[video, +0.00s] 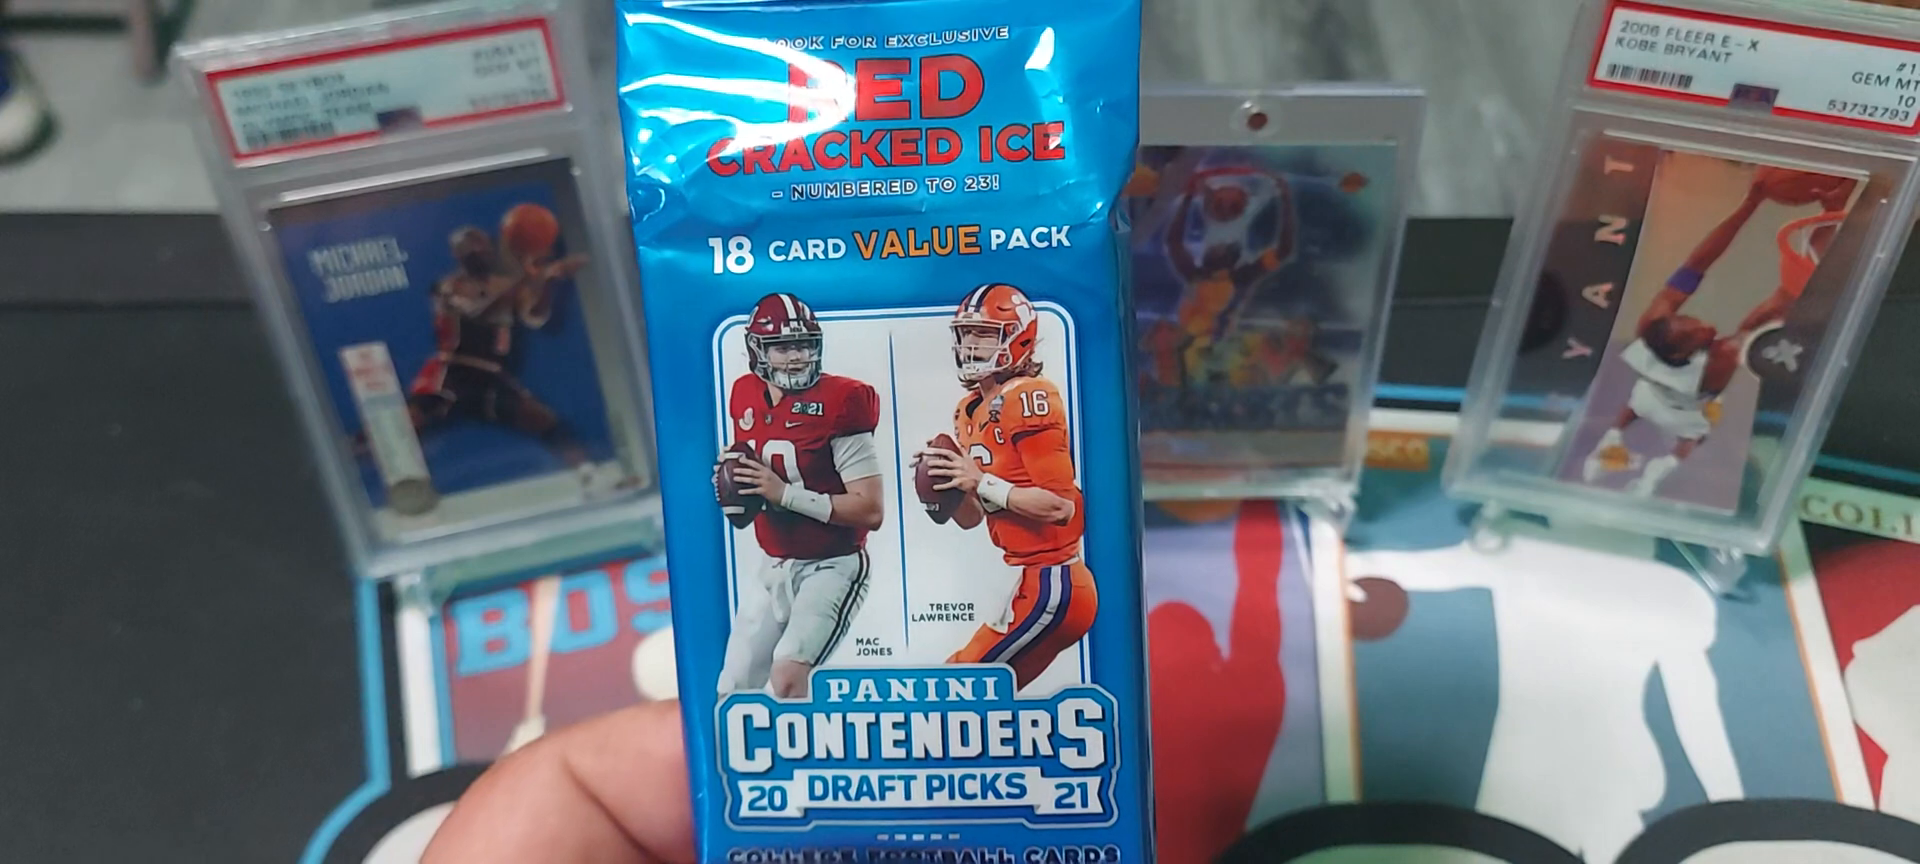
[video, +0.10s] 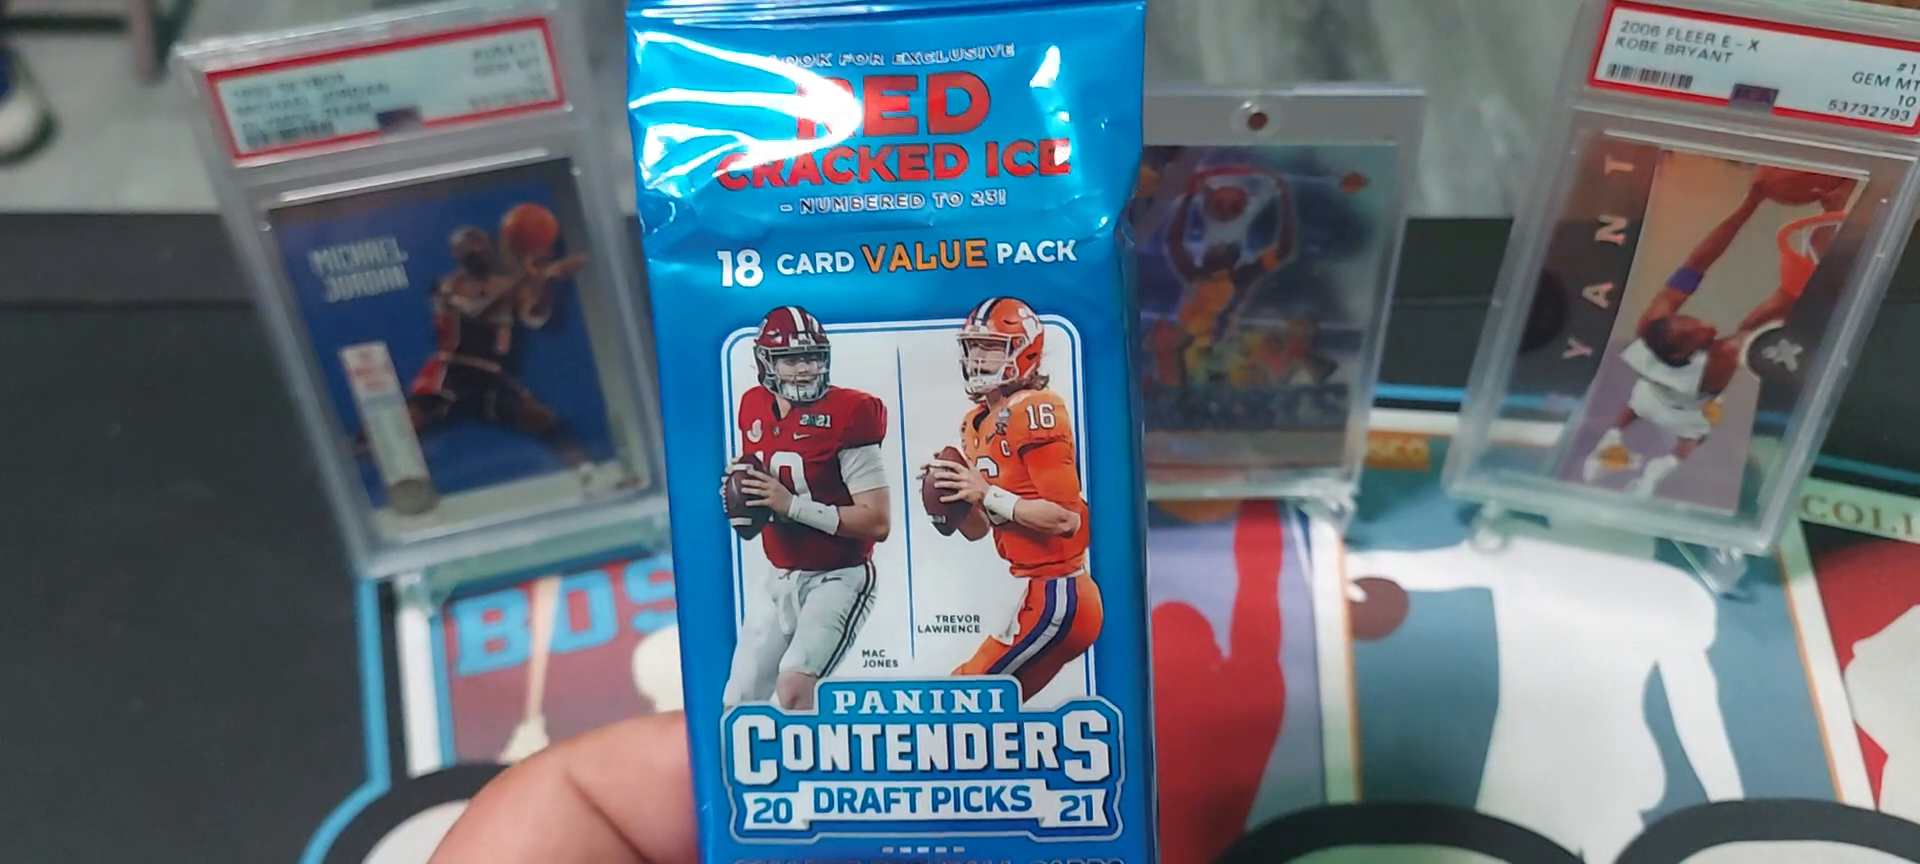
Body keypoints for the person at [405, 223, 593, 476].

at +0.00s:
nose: (477, 255)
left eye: (480, 247)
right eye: (469, 250)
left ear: (490, 249)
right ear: (459, 256)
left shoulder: (505, 285)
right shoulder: (449, 286)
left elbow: (534, 317)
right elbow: (472, 309)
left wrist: (547, 281)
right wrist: (523, 281)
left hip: (490, 378)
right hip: (448, 374)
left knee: (545, 421)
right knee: (406, 425)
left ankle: (588, 476)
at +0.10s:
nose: (476, 254)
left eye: (480, 246)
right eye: (468, 249)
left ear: (489, 249)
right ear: (458, 256)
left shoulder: (506, 284)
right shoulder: (449, 286)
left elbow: (534, 317)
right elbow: (472, 309)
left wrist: (546, 280)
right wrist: (523, 280)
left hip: (491, 378)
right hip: (448, 374)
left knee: (546, 422)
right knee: (405, 425)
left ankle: (589, 478)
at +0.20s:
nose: (476, 253)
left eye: (480, 246)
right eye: (468, 248)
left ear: (489, 249)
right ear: (458, 255)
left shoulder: (505, 283)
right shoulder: (449, 285)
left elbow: (534, 317)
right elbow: (473, 309)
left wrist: (546, 280)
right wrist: (523, 281)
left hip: (490, 377)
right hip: (448, 373)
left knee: (545, 421)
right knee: (405, 426)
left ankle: (589, 476)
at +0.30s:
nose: (476, 253)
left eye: (480, 246)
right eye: (469, 249)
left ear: (489, 249)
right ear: (458, 255)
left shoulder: (505, 284)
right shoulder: (449, 285)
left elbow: (534, 317)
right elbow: (472, 309)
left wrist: (546, 280)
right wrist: (524, 281)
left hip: (490, 376)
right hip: (448, 372)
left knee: (544, 420)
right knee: (407, 424)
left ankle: (589, 476)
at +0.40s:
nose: (476, 253)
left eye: (480, 246)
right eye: (469, 248)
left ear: (489, 249)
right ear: (458, 255)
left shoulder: (505, 284)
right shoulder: (449, 286)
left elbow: (535, 317)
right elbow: (473, 310)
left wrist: (546, 280)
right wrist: (524, 281)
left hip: (490, 377)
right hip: (448, 373)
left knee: (544, 420)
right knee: (406, 425)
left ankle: (589, 476)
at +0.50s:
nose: (476, 254)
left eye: (479, 247)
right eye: (468, 249)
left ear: (489, 249)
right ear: (458, 255)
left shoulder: (506, 284)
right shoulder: (449, 286)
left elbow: (534, 318)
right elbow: (472, 309)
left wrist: (546, 279)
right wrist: (524, 281)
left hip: (491, 377)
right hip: (448, 373)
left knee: (544, 421)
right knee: (407, 422)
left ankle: (588, 476)